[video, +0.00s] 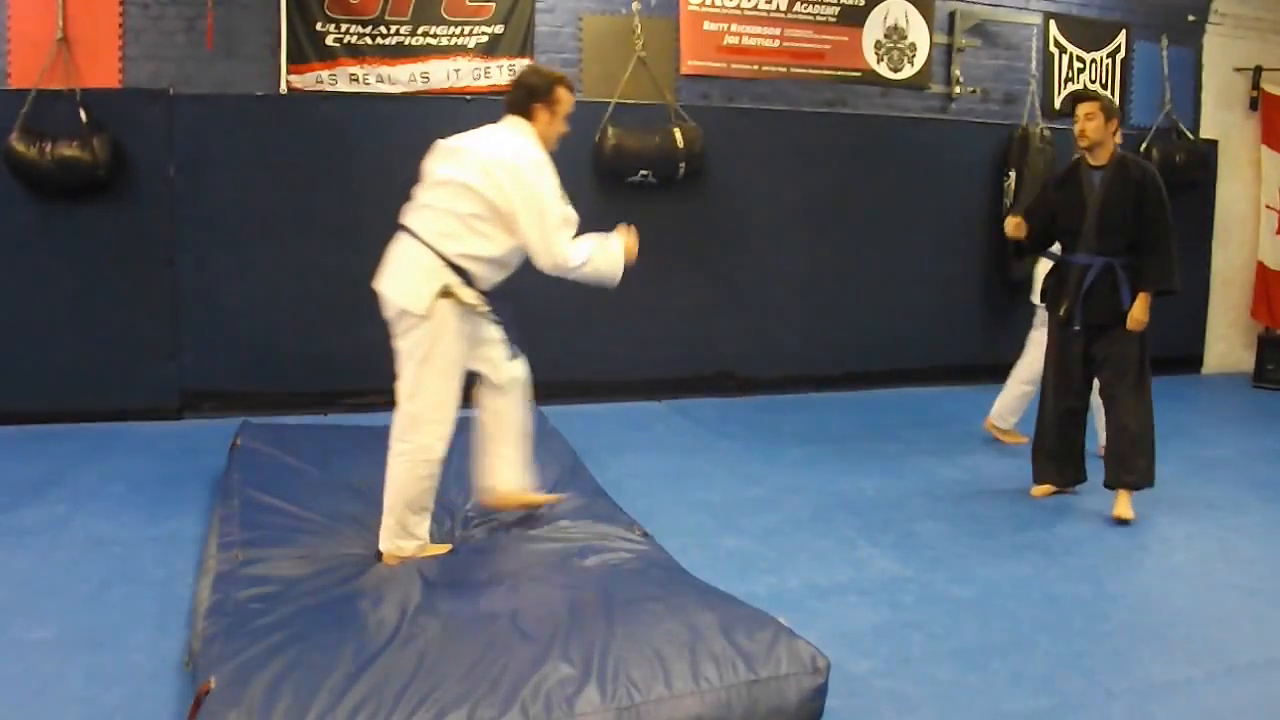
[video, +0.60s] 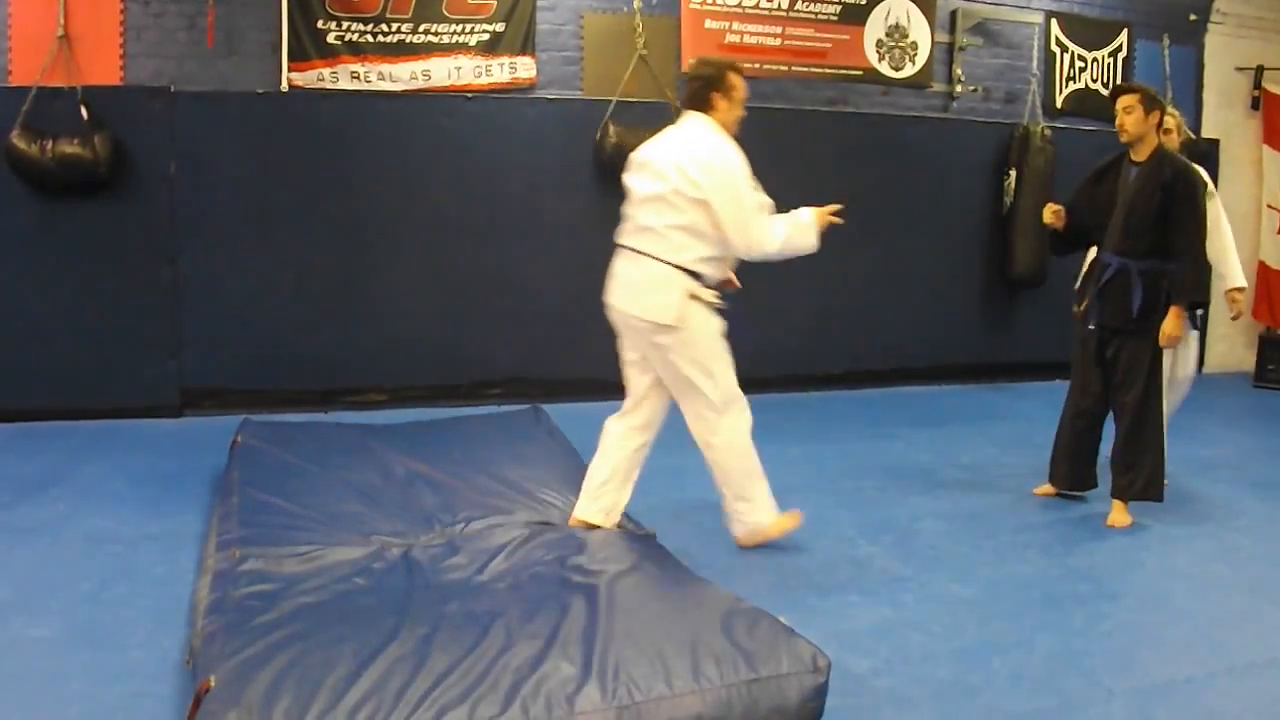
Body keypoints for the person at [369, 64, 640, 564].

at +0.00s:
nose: (566, 129)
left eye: (568, 117)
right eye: (562, 116)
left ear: (525, 110)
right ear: (538, 110)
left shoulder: (475, 140)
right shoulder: (525, 157)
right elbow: (555, 252)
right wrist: (616, 248)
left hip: (417, 276)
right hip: (430, 286)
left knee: (506, 372)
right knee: (426, 416)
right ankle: (403, 540)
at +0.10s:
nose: (597, 126)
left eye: (598, 116)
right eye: (594, 114)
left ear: (552, 109)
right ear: (571, 109)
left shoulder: (493, 147)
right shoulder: (559, 159)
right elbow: (581, 247)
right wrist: (627, 208)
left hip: (453, 283)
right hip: (477, 299)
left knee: (540, 402)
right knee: (450, 421)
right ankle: (406, 540)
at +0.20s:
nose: (626, 122)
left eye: (626, 112)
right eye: (621, 112)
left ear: (580, 111)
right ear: (595, 111)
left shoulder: (528, 154)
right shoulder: (593, 160)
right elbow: (620, 243)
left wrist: (633, 204)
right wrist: (667, 213)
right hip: (522, 302)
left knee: (574, 411)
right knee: (510, 424)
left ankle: (582, 524)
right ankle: (421, 526)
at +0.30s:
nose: (652, 118)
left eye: (652, 108)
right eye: (646, 107)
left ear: (612, 107)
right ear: (621, 105)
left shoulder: (571, 147)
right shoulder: (620, 152)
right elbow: (657, 237)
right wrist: (714, 233)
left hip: (542, 294)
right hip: (559, 300)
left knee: (603, 415)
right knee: (597, 415)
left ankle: (589, 532)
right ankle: (486, 479)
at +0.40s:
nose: (684, 111)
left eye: (683, 101)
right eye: (678, 100)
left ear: (643, 101)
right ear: (653, 99)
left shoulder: (599, 142)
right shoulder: (652, 145)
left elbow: (598, 225)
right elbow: (682, 229)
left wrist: (651, 278)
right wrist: (718, 178)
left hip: (561, 287)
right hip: (598, 290)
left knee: (613, 398)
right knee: (664, 389)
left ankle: (592, 524)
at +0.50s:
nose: (711, 108)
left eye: (710, 98)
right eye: (707, 98)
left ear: (669, 97)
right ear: (684, 98)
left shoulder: (628, 141)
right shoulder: (685, 149)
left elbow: (630, 222)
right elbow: (714, 231)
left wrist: (688, 265)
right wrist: (753, 182)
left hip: (589, 283)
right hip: (633, 290)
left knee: (629, 398)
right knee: (705, 383)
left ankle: (592, 515)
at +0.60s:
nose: (744, 111)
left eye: (743, 101)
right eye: (739, 100)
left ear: (698, 99)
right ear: (715, 99)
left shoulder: (655, 144)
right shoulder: (719, 155)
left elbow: (654, 224)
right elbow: (751, 236)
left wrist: (709, 265)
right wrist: (809, 223)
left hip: (626, 286)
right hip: (672, 298)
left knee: (642, 404)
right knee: (721, 408)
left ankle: (593, 511)